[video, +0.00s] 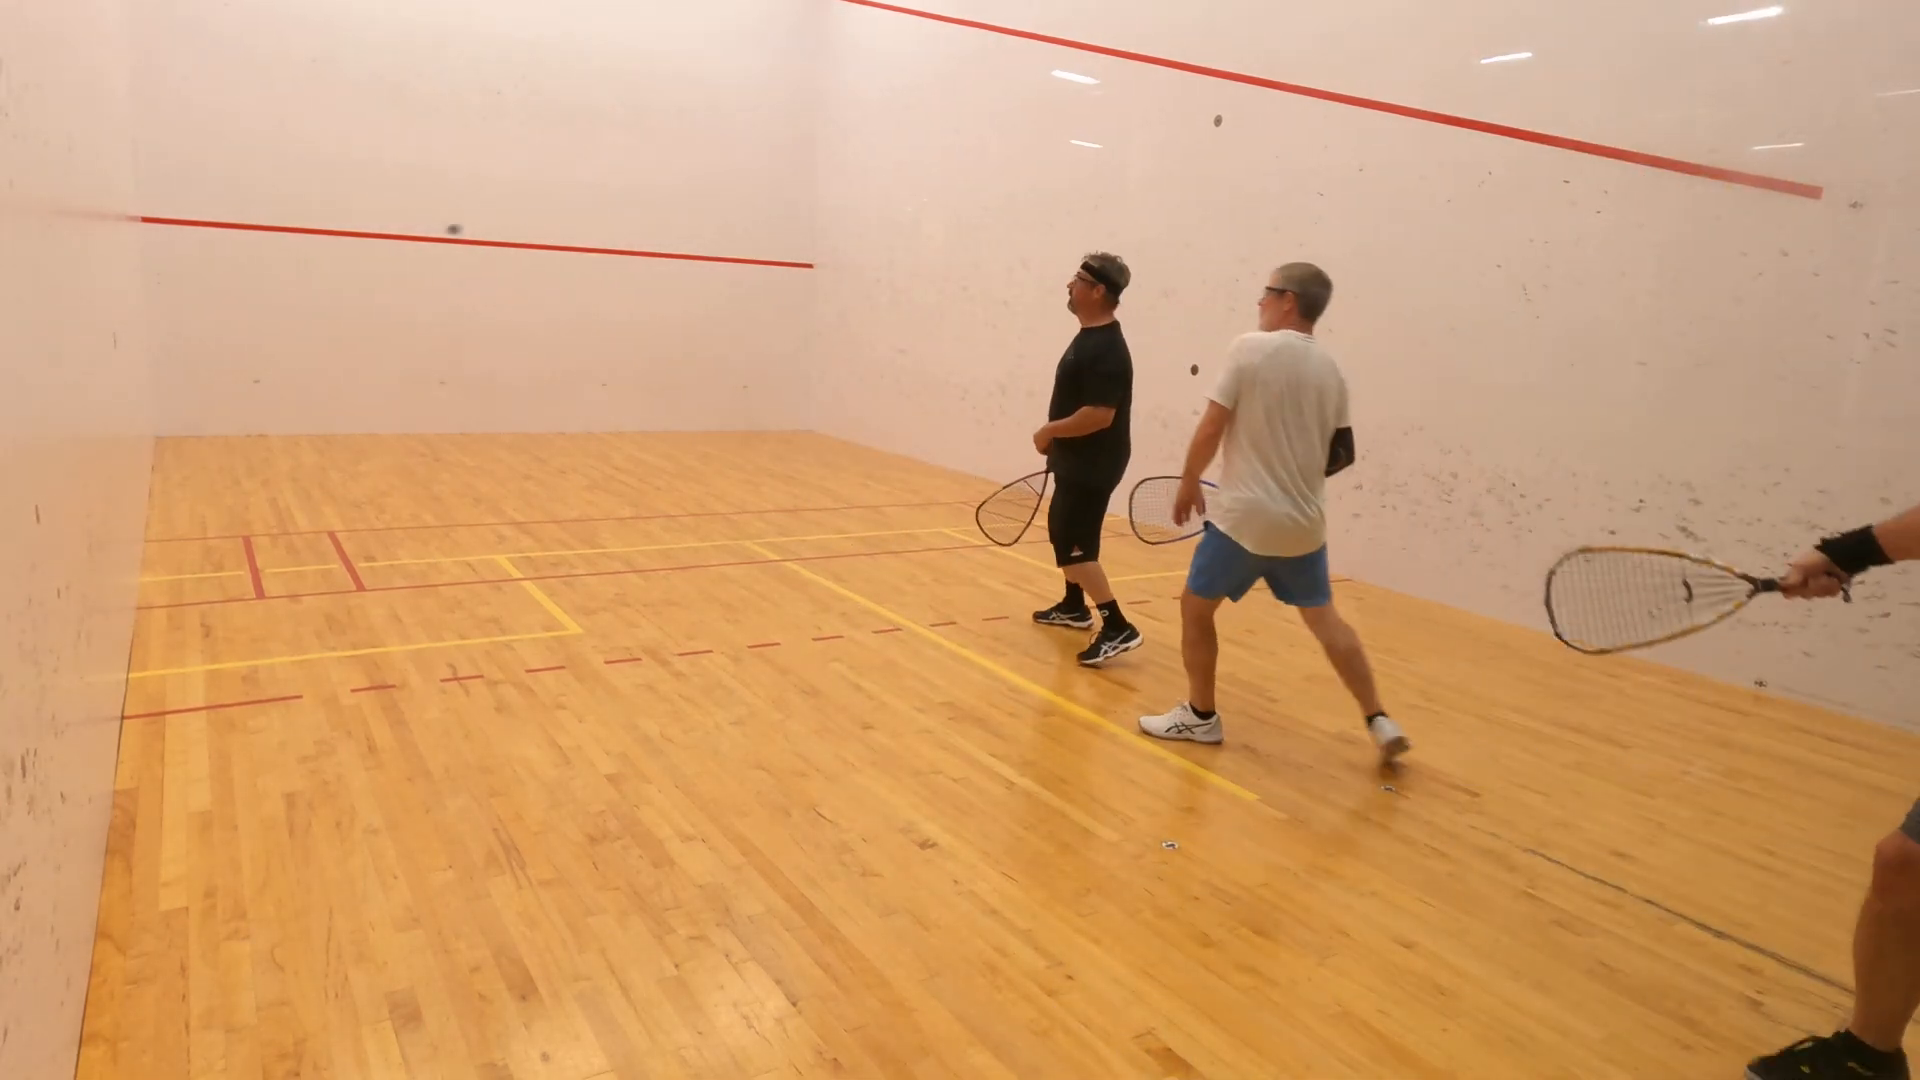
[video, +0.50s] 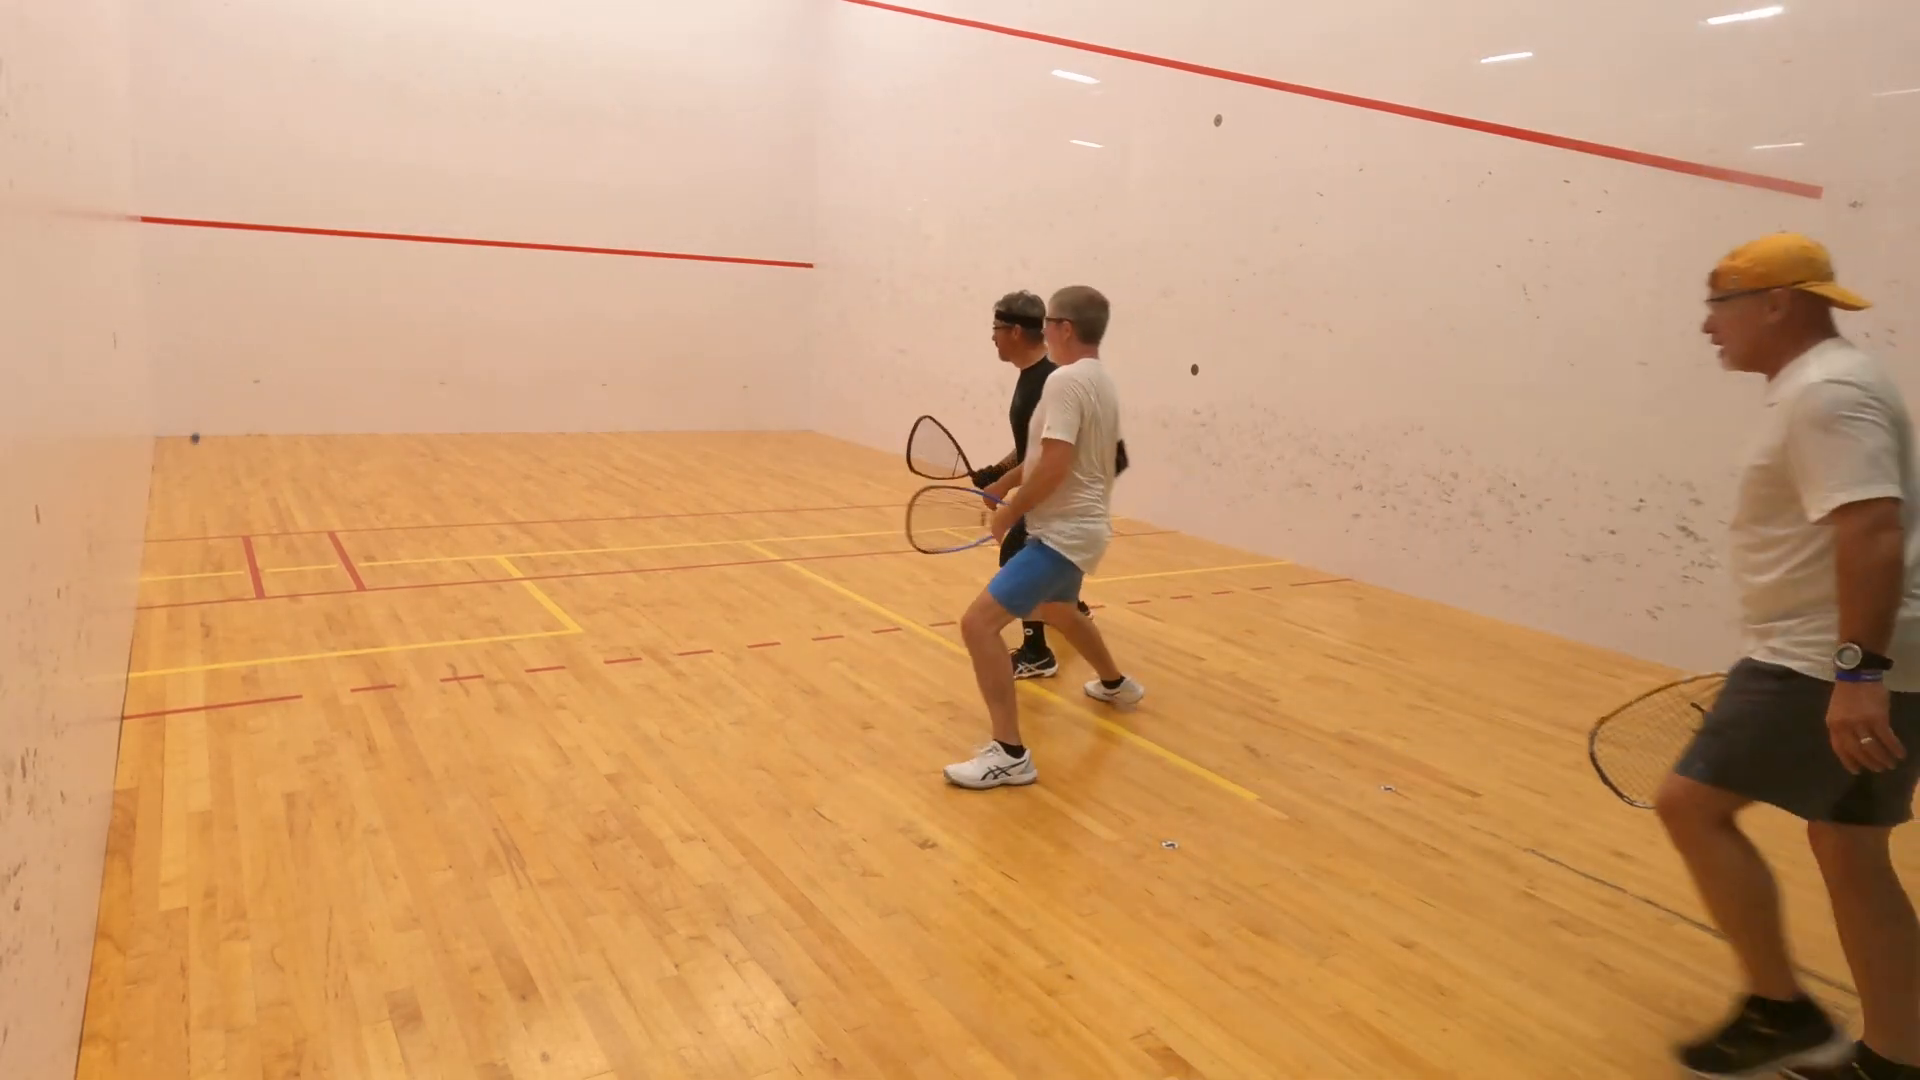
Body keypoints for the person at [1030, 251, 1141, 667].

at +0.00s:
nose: (1070, 284)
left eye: (1079, 280)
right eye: (1075, 278)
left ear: (1099, 292)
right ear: (1098, 293)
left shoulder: (1106, 348)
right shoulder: (1090, 336)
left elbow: (1101, 414)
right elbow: (1085, 402)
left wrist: (1051, 431)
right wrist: (1055, 436)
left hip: (1094, 463)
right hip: (1077, 457)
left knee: (1072, 540)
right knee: (1062, 530)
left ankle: (1117, 625)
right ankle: (1074, 603)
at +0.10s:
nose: (1058, 289)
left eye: (1065, 284)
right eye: (1061, 283)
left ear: (1082, 293)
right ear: (1088, 294)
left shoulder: (1095, 346)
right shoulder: (1084, 337)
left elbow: (1089, 413)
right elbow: (1079, 404)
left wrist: (1041, 432)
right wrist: (1054, 441)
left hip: (1088, 463)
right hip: (1079, 458)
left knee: (1063, 542)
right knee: (1066, 535)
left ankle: (1091, 635)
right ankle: (1075, 604)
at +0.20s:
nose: (1043, 299)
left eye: (1049, 293)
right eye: (1045, 292)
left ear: (1066, 300)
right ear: (1074, 301)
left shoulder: (1083, 352)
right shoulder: (1073, 344)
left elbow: (1075, 418)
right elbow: (1067, 409)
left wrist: (1029, 440)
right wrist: (1045, 447)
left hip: (1075, 468)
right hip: (1070, 464)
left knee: (1050, 545)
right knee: (1064, 538)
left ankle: (1065, 640)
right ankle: (1073, 606)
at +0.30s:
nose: (1026, 314)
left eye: (1031, 307)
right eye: (1027, 306)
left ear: (1049, 312)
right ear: (1059, 313)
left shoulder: (1071, 362)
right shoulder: (1060, 356)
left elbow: (1064, 428)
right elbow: (1057, 424)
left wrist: (1018, 453)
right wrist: (1031, 458)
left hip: (1074, 477)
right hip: (1067, 474)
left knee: (1036, 548)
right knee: (1056, 545)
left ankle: (1046, 641)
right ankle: (1078, 610)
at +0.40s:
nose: (1008, 331)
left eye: (1013, 323)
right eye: (1009, 323)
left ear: (1033, 327)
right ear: (1043, 326)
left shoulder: (1058, 376)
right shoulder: (1049, 367)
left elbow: (1052, 446)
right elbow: (1055, 440)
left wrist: (1006, 470)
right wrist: (1025, 468)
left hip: (1058, 493)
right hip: (1062, 487)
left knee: (1020, 559)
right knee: (1057, 543)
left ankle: (1036, 651)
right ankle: (1075, 607)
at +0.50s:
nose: (993, 337)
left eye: (998, 329)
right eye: (994, 328)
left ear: (1019, 333)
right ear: (1020, 332)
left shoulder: (1049, 382)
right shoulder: (1030, 377)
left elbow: (1051, 455)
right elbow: (1033, 447)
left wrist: (1006, 489)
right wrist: (998, 473)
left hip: (1045, 498)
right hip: (1031, 493)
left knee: (1016, 561)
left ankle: (1037, 649)